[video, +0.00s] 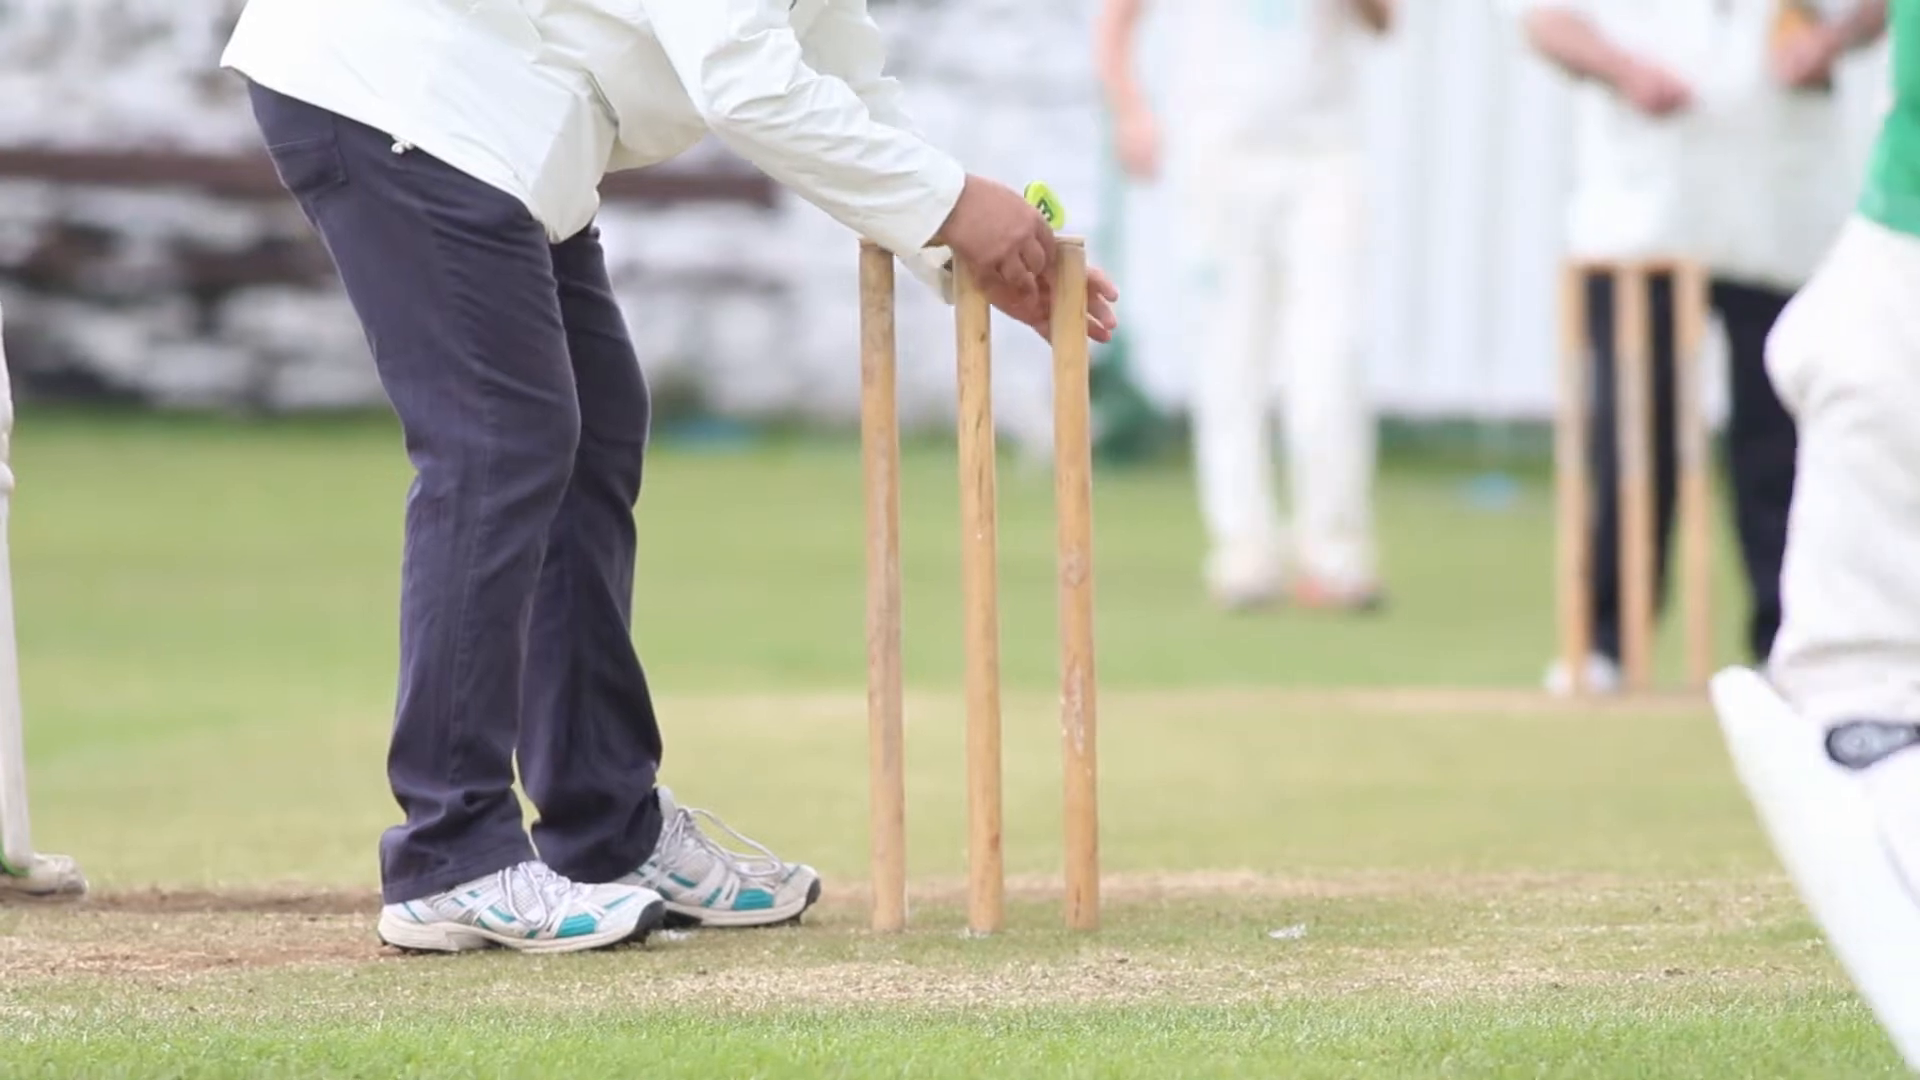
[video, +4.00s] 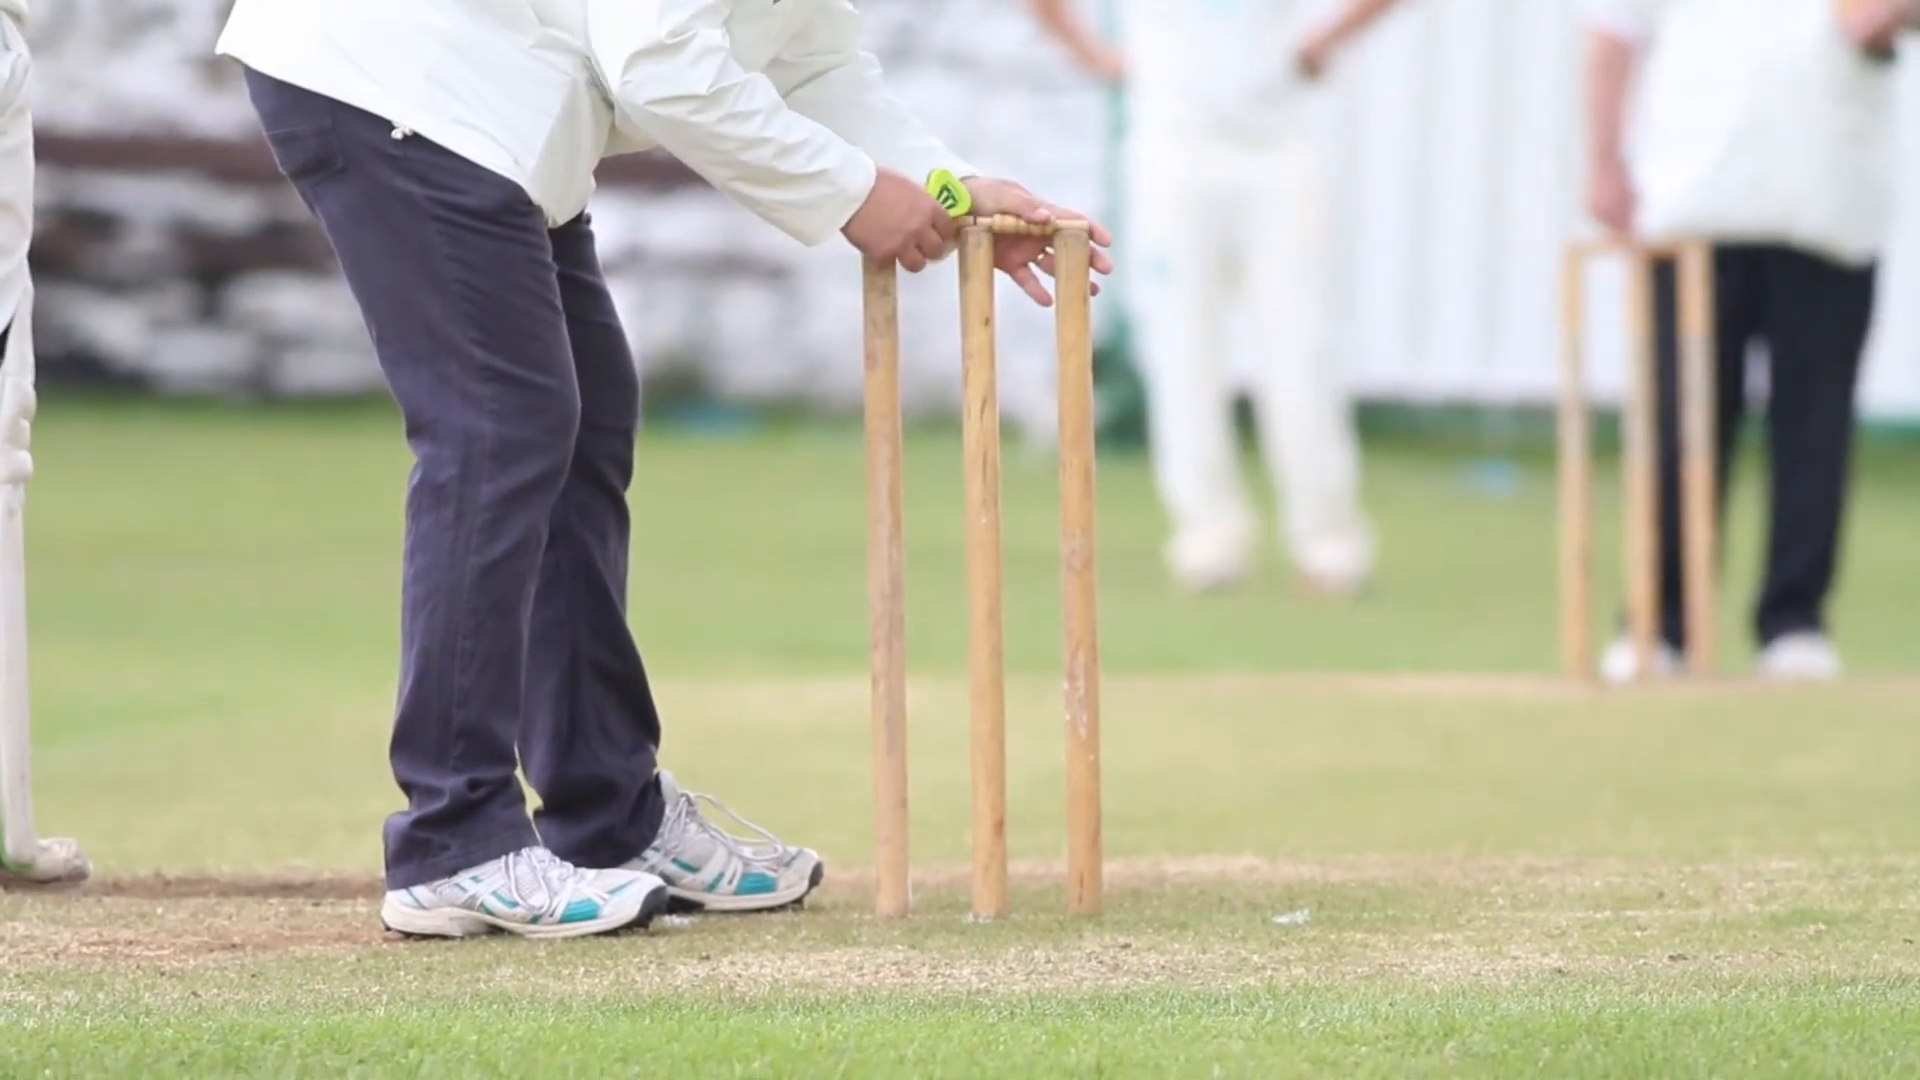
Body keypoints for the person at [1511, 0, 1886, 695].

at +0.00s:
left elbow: (1875, 9)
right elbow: (1544, 19)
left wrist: (1827, 38)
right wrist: (1626, 69)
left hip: (1784, 199)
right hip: (1638, 198)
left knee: (1777, 447)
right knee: (1627, 439)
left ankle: (1787, 651)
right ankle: (1605, 648)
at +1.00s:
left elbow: (1860, 11)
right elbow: (1531, 30)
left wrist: (1825, 19)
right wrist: (1538, 167)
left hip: (1764, 208)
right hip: (1625, 210)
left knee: (1775, 446)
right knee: (1620, 447)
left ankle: (1786, 639)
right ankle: (1604, 643)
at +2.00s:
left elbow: (1906, 15)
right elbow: (1592, 24)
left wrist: (1874, 19)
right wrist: (1582, 159)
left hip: (1810, 200)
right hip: (1667, 197)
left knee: (1798, 443)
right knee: (1671, 440)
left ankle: (1792, 636)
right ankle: (1658, 640)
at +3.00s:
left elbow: (1855, 10)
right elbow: (1530, 27)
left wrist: (1805, 13)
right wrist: (1521, 165)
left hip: (1754, 197)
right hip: (1616, 198)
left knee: (1763, 426)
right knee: (1632, 437)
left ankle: (1785, 628)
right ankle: (1651, 635)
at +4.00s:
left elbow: (1870, 22)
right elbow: (1613, 26)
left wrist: (1892, 14)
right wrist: (1606, 164)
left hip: (1833, 201)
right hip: (1694, 196)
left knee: (1811, 436)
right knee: (1682, 433)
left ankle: (1795, 627)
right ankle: (1662, 633)